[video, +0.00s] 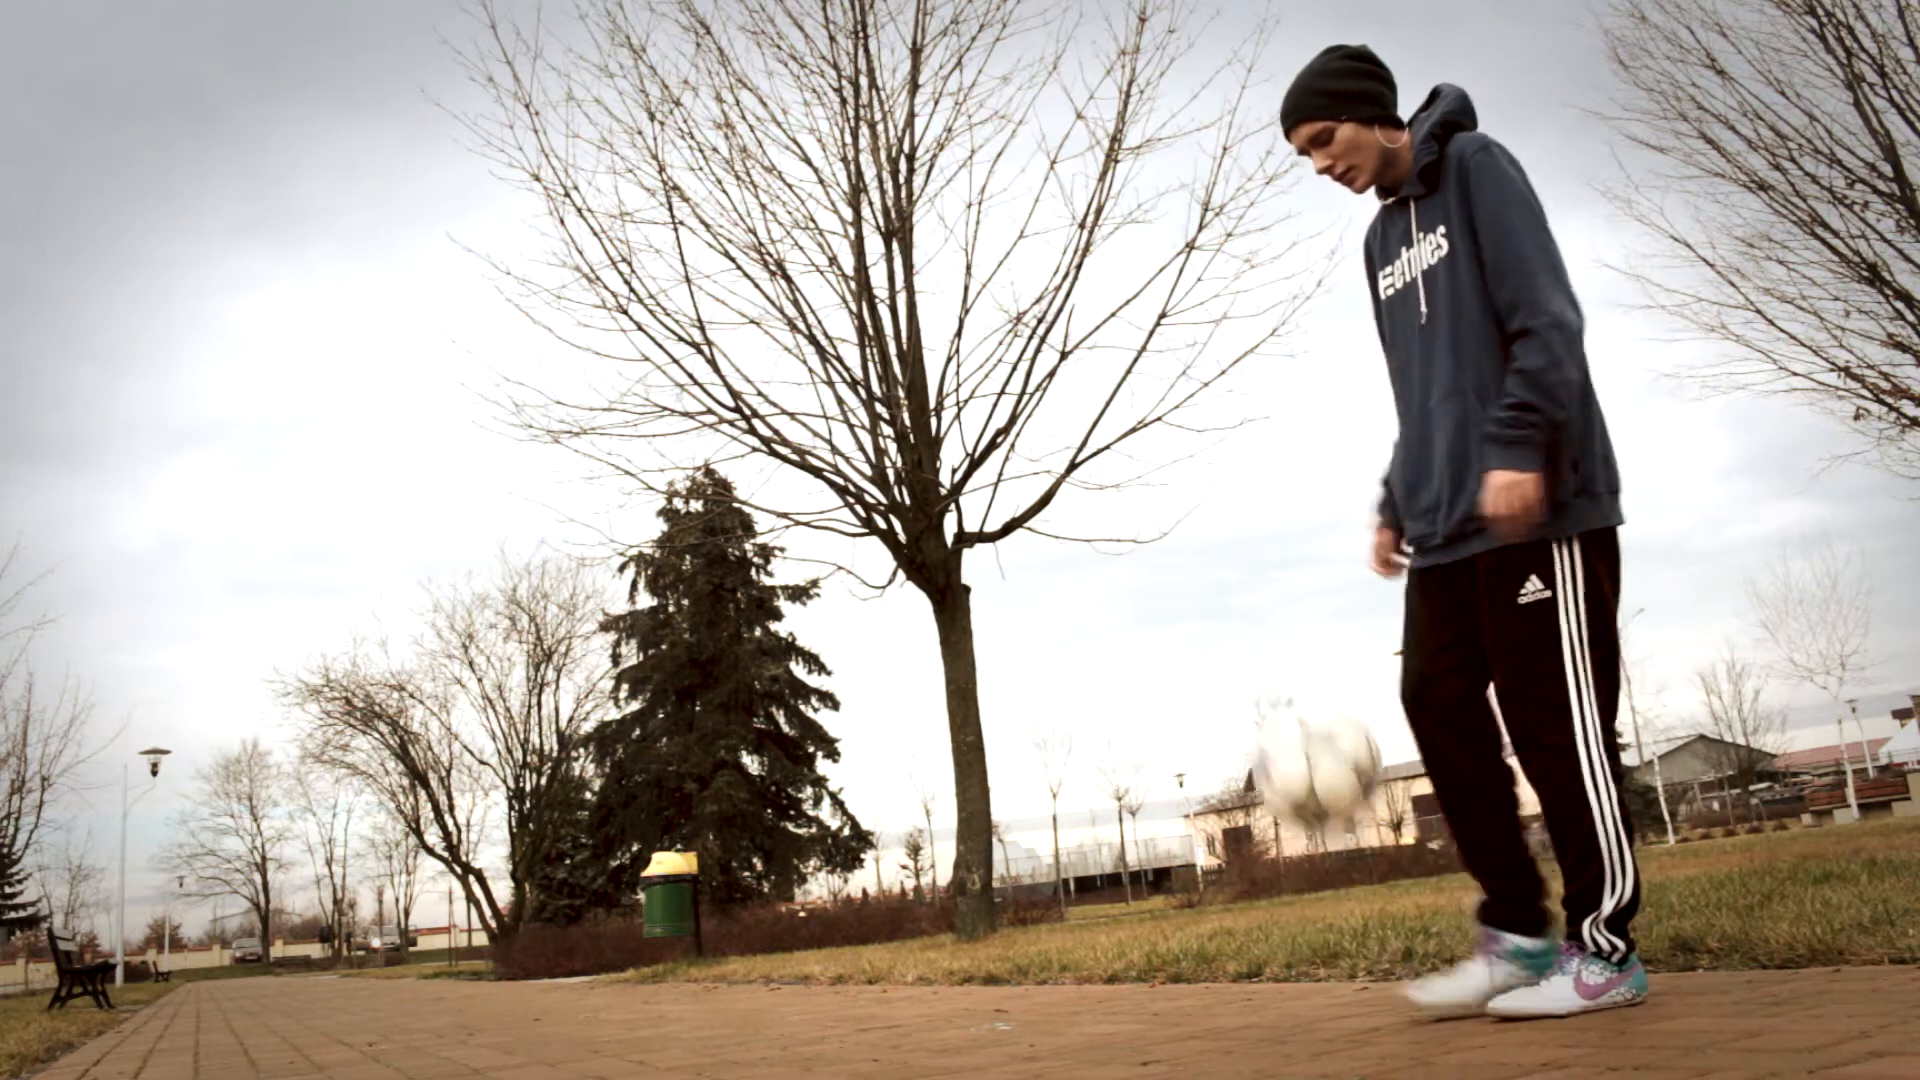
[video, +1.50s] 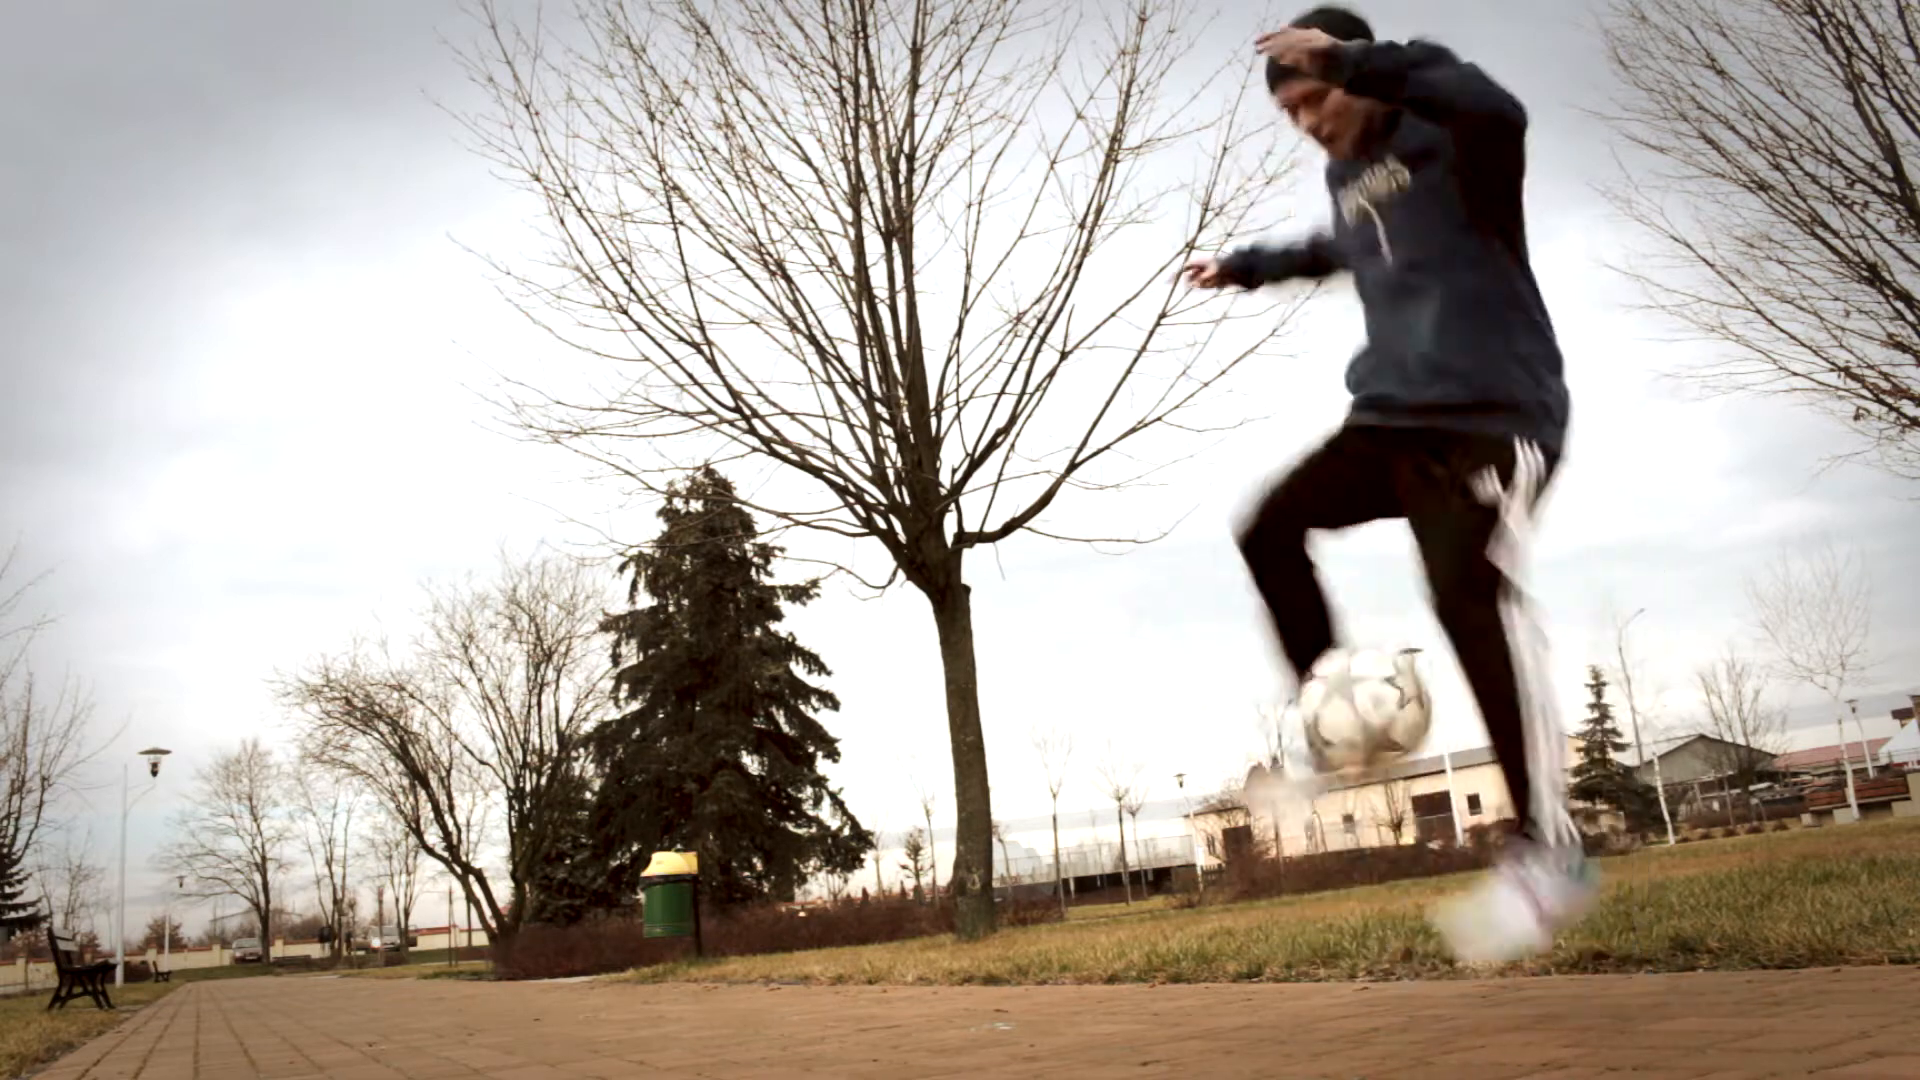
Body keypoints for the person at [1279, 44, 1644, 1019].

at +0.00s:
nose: (1324, 163)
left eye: (1327, 138)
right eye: (1309, 154)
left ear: (1377, 108)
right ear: (1321, 153)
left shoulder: (1474, 169)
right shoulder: (1380, 238)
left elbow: (1547, 318)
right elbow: (1421, 388)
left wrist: (1520, 447)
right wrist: (1399, 499)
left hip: (1539, 503)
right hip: (1447, 525)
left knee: (1558, 720)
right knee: (1439, 710)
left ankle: (1607, 952)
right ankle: (1521, 938)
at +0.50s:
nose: (1299, 192)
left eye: (1299, 169)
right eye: (1286, 181)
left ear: (1341, 137)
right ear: (1311, 167)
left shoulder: (1451, 174)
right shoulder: (1368, 253)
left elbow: (1566, 302)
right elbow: (1411, 408)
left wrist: (1595, 443)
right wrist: (1396, 520)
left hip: (1531, 493)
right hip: (1462, 513)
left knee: (1471, 690)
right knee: (1487, 704)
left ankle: (1555, 933)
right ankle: (1561, 938)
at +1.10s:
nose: (1260, 243)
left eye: (1260, 220)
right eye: (1246, 231)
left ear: (1303, 184)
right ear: (1274, 210)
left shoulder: (1420, 209)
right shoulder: (1345, 278)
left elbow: (1552, 328)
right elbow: (1412, 385)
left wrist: (1523, 456)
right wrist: (1390, 472)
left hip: (1583, 480)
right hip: (1485, 500)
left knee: (1580, 719)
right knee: (1423, 648)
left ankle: (1610, 953)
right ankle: (1455, 873)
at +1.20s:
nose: (1263, 261)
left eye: (1263, 239)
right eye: (1250, 249)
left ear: (1304, 203)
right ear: (1283, 224)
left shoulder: (1419, 232)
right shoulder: (1355, 294)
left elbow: (1508, 353)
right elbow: (1437, 401)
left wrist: (1442, 469)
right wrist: (1443, 486)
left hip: (1573, 480)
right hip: (1495, 486)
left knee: (1549, 710)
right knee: (1350, 533)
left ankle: (1608, 953)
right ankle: (1346, 730)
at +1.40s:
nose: (1297, 195)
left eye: (1299, 173)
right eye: (1287, 181)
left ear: (1344, 145)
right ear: (1305, 173)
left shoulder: (1442, 207)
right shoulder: (1359, 261)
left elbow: (1470, 191)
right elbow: (1368, 384)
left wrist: (1345, 134)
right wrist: (1255, 385)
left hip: (1527, 485)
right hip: (1436, 470)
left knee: (1522, 712)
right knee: (1274, 464)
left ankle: (1604, 955)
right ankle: (1191, 687)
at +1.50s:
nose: (1305, 123)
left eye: (1313, 102)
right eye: (1292, 113)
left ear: (1362, 78)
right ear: (1292, 112)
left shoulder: (1452, 129)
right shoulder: (1349, 177)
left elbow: (1494, 110)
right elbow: (1340, 248)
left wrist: (1357, 60)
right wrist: (1243, 265)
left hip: (1492, 411)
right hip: (1394, 418)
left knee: (1467, 595)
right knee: (1269, 527)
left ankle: (1546, 847)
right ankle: (1337, 711)